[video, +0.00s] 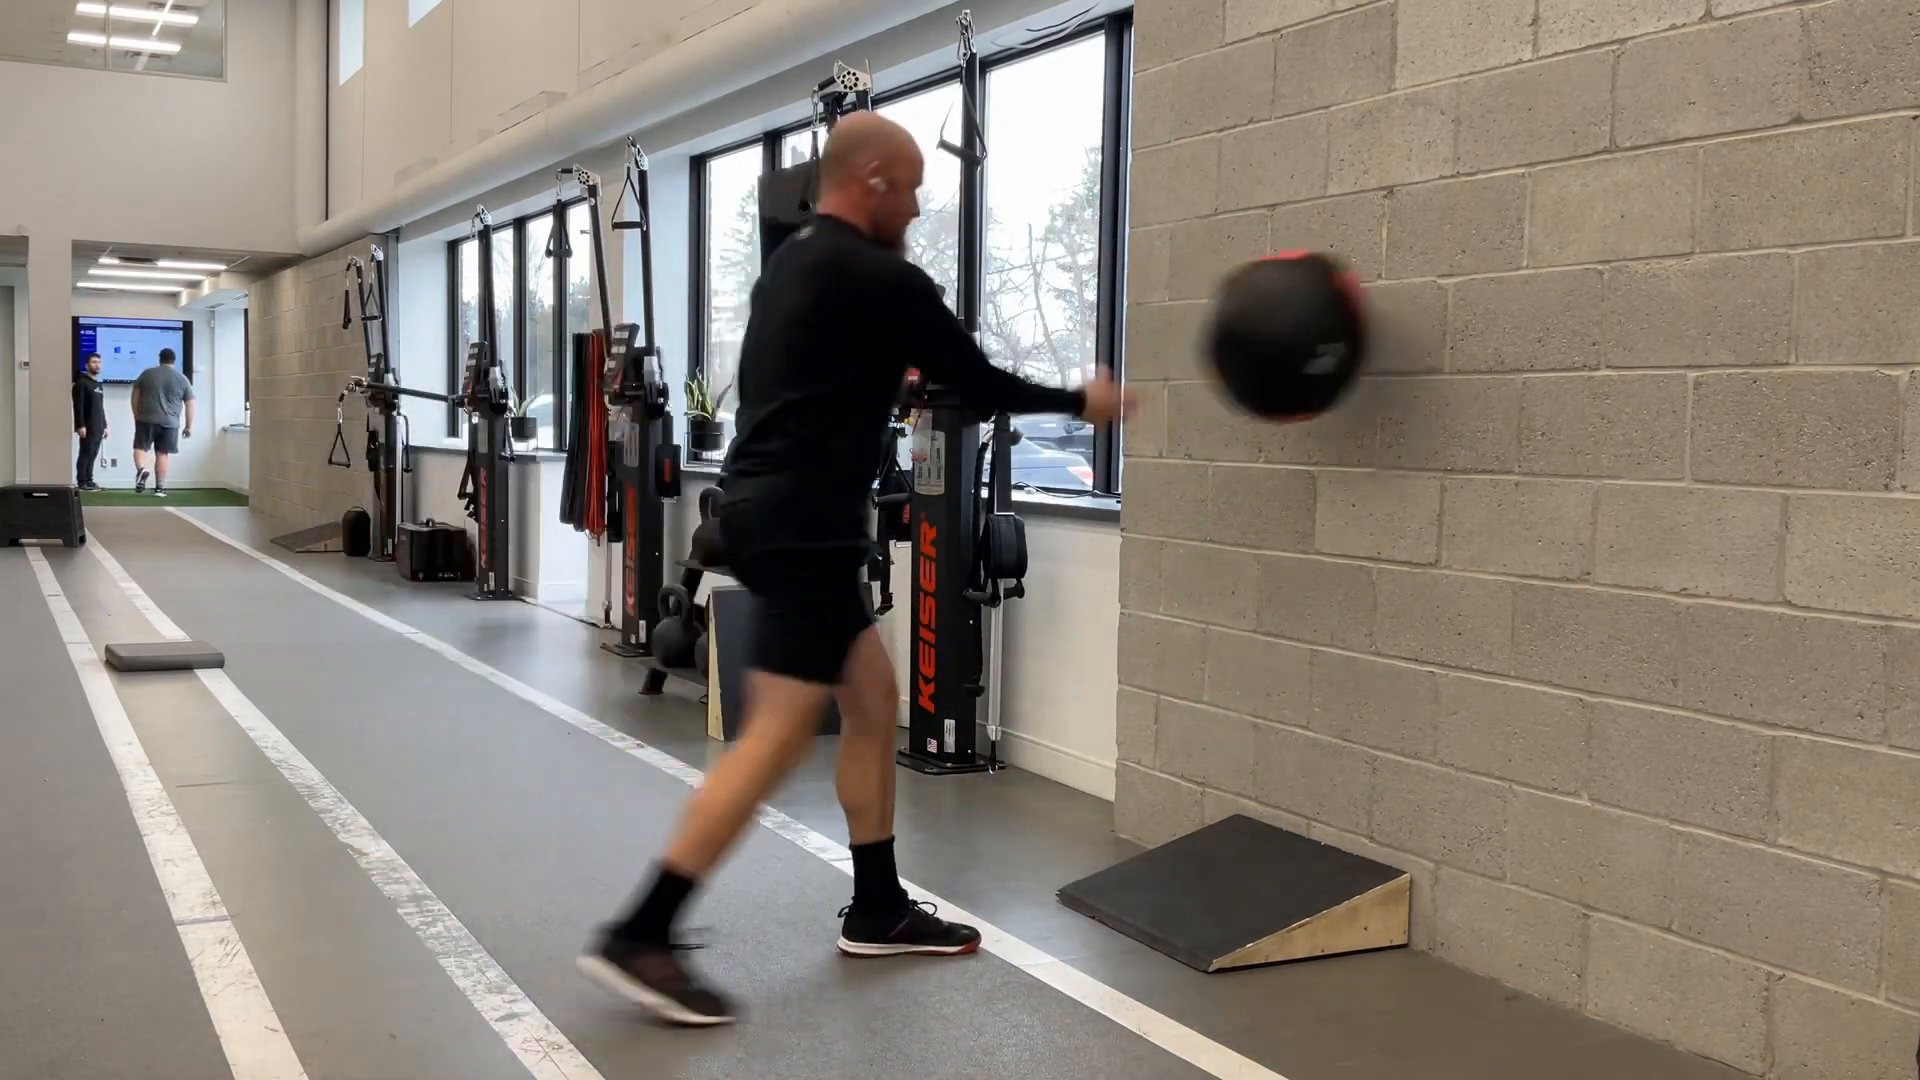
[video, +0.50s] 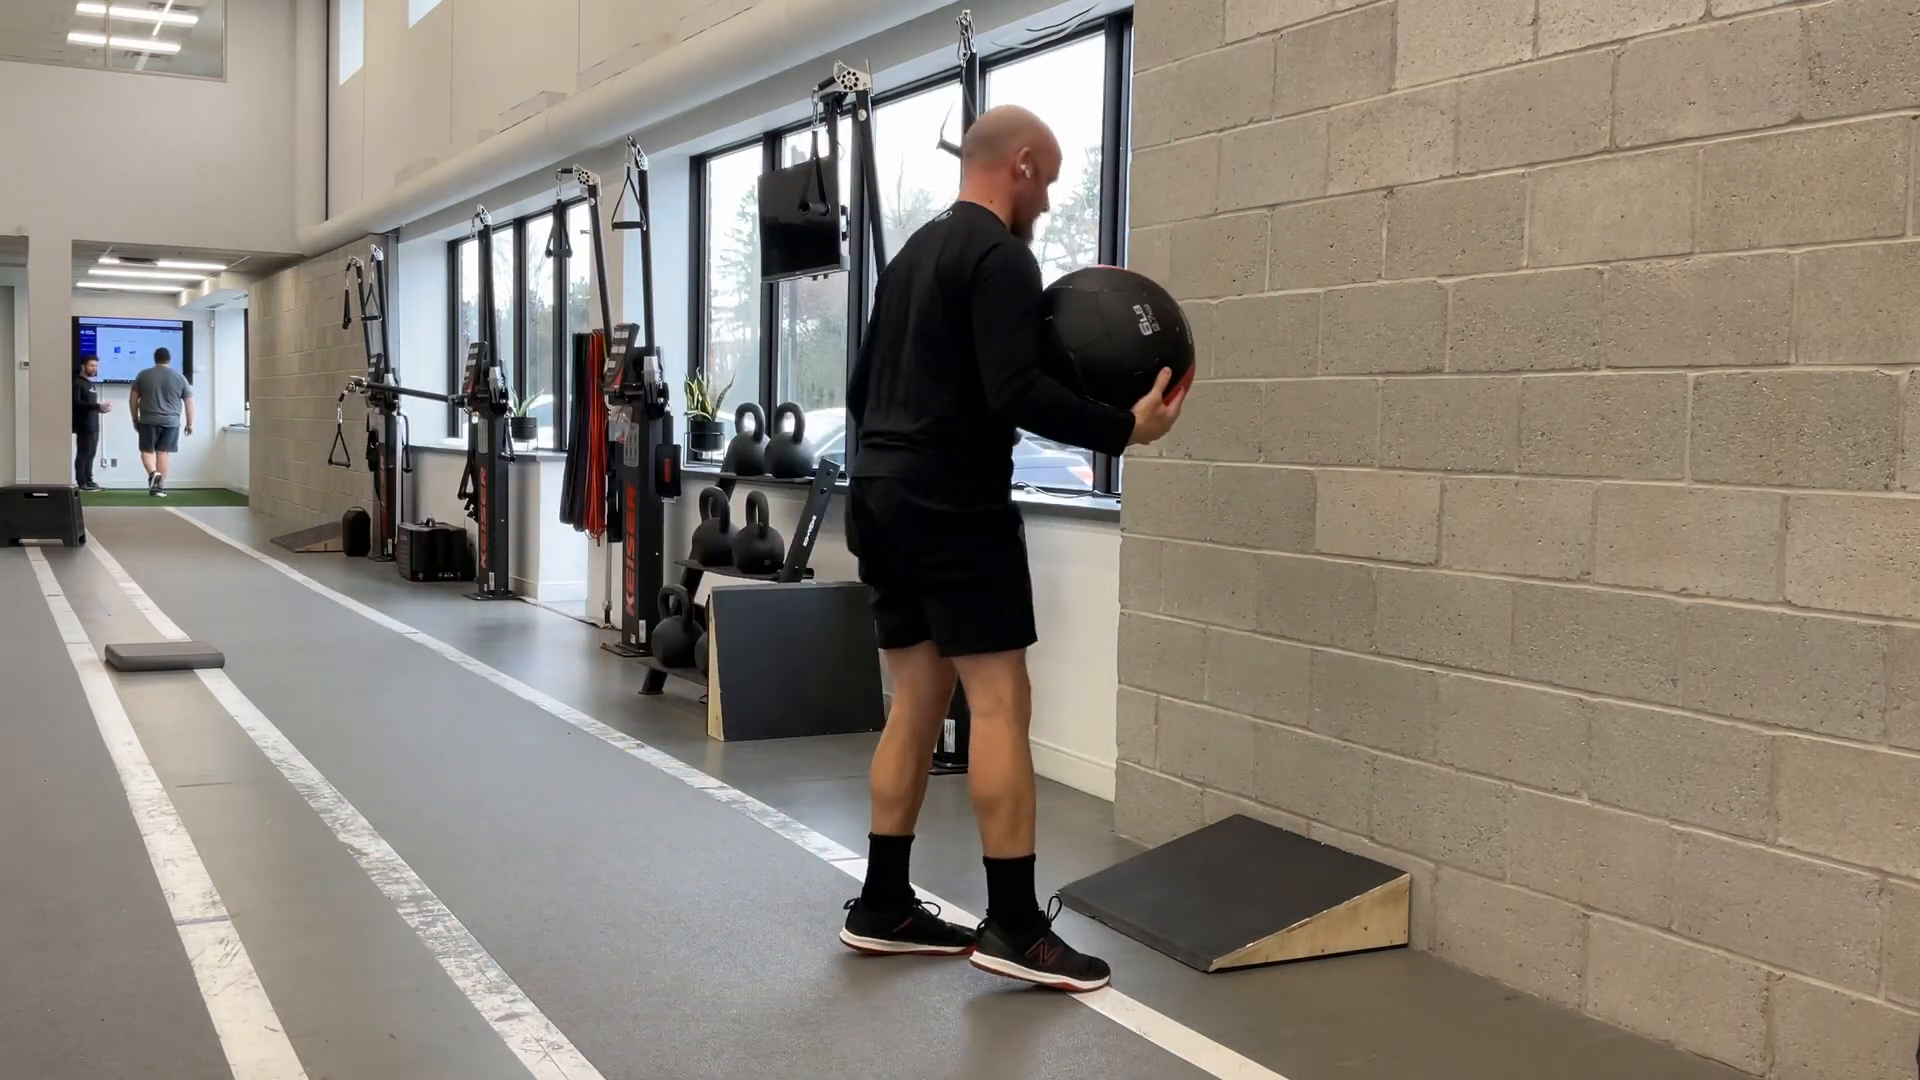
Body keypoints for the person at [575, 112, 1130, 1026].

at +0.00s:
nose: (915, 207)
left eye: (916, 191)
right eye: (911, 191)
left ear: (840, 181)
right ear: (871, 186)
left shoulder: (790, 261)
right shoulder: (881, 275)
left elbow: (802, 384)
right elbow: (978, 382)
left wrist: (901, 383)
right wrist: (1079, 400)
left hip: (758, 513)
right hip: (808, 521)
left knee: (871, 692)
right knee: (777, 733)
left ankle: (879, 905)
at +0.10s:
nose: (957, 196)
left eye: (957, 180)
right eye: (953, 179)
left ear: (883, 172)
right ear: (920, 173)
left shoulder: (815, 257)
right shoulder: (924, 279)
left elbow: (739, 371)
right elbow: (961, 422)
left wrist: (748, 454)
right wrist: (1070, 470)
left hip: (800, 500)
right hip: (867, 506)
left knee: (882, 705)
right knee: (881, 710)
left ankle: (879, 903)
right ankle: (833, 941)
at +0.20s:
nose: (1000, 197)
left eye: (998, 179)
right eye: (995, 179)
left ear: (926, 174)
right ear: (964, 176)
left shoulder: (849, 260)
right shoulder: (948, 275)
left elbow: (773, 370)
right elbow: (942, 428)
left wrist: (753, 480)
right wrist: (1023, 496)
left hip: (825, 506)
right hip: (913, 508)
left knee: (889, 707)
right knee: (967, 702)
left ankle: (878, 906)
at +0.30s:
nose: (1025, 206)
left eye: (1027, 189)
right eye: (1024, 188)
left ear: (948, 173)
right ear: (993, 176)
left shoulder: (880, 259)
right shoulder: (964, 262)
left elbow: (807, 382)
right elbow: (955, 401)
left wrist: (806, 497)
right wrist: (1059, 456)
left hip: (841, 502)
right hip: (922, 499)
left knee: (901, 694)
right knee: (995, 693)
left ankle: (881, 903)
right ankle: (1040, 914)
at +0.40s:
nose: (1036, 200)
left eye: (1036, 183)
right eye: (1035, 183)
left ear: (963, 169)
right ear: (1006, 172)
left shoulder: (903, 254)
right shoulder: (986, 256)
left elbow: (842, 390)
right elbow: (992, 390)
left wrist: (884, 474)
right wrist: (1102, 432)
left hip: (866, 503)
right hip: (948, 505)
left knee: (905, 698)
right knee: (996, 701)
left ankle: (883, 904)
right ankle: (1016, 925)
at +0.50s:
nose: (1046, 201)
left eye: (1048, 185)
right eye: (1046, 183)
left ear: (975, 165)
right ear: (1018, 169)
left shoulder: (913, 252)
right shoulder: (997, 254)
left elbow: (869, 387)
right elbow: (1018, 389)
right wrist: (1125, 428)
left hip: (882, 499)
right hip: (959, 503)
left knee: (917, 696)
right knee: (999, 702)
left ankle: (881, 902)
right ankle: (1014, 929)